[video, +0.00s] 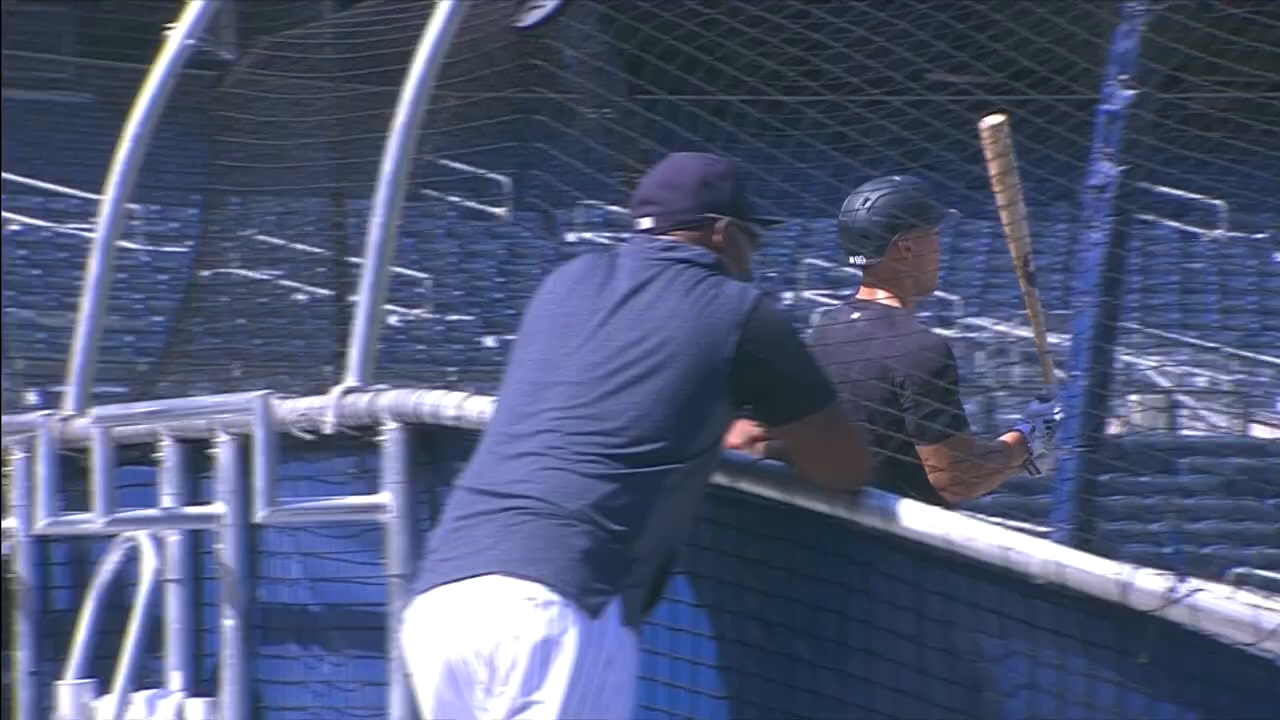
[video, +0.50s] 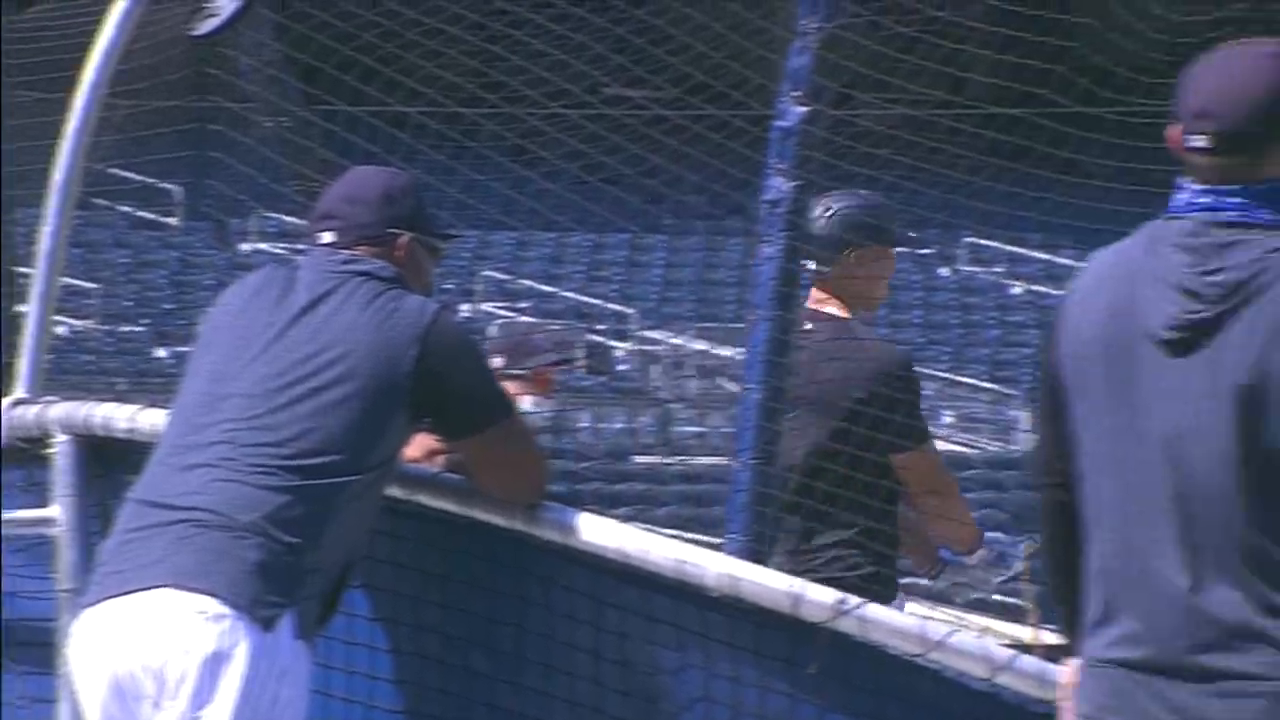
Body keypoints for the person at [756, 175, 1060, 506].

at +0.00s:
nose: (940, 247)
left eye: (937, 235)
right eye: (933, 236)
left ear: (860, 253)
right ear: (903, 249)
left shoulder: (826, 330)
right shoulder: (919, 350)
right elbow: (954, 479)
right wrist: (1024, 443)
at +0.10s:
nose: (939, 252)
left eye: (937, 238)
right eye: (935, 238)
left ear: (864, 253)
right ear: (906, 248)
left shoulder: (815, 335)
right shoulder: (927, 355)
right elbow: (953, 484)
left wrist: (988, 447)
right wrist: (1026, 449)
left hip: (825, 542)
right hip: (912, 554)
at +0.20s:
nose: (940, 250)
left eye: (937, 237)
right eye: (934, 236)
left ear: (862, 245)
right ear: (905, 245)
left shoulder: (815, 327)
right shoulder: (923, 347)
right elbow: (953, 476)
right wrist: (1022, 462)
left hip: (821, 532)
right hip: (900, 545)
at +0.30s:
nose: (933, 256)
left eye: (933, 242)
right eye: (923, 242)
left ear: (848, 245)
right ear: (894, 246)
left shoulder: (807, 331)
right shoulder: (911, 345)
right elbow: (957, 479)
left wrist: (996, 507)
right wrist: (1023, 485)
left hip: (825, 560)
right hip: (902, 571)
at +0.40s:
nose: (903, 265)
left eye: (904, 251)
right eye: (900, 251)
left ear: (830, 254)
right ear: (889, 257)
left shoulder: (788, 339)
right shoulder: (896, 357)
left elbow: (860, 464)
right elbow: (943, 476)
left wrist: (965, 537)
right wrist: (997, 519)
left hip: (800, 559)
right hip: (878, 579)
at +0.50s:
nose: (892, 267)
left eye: (891, 255)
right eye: (885, 256)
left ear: (816, 261)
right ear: (853, 262)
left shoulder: (776, 340)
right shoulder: (878, 363)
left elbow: (819, 468)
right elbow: (925, 483)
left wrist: (909, 537)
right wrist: (968, 540)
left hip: (771, 573)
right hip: (847, 590)